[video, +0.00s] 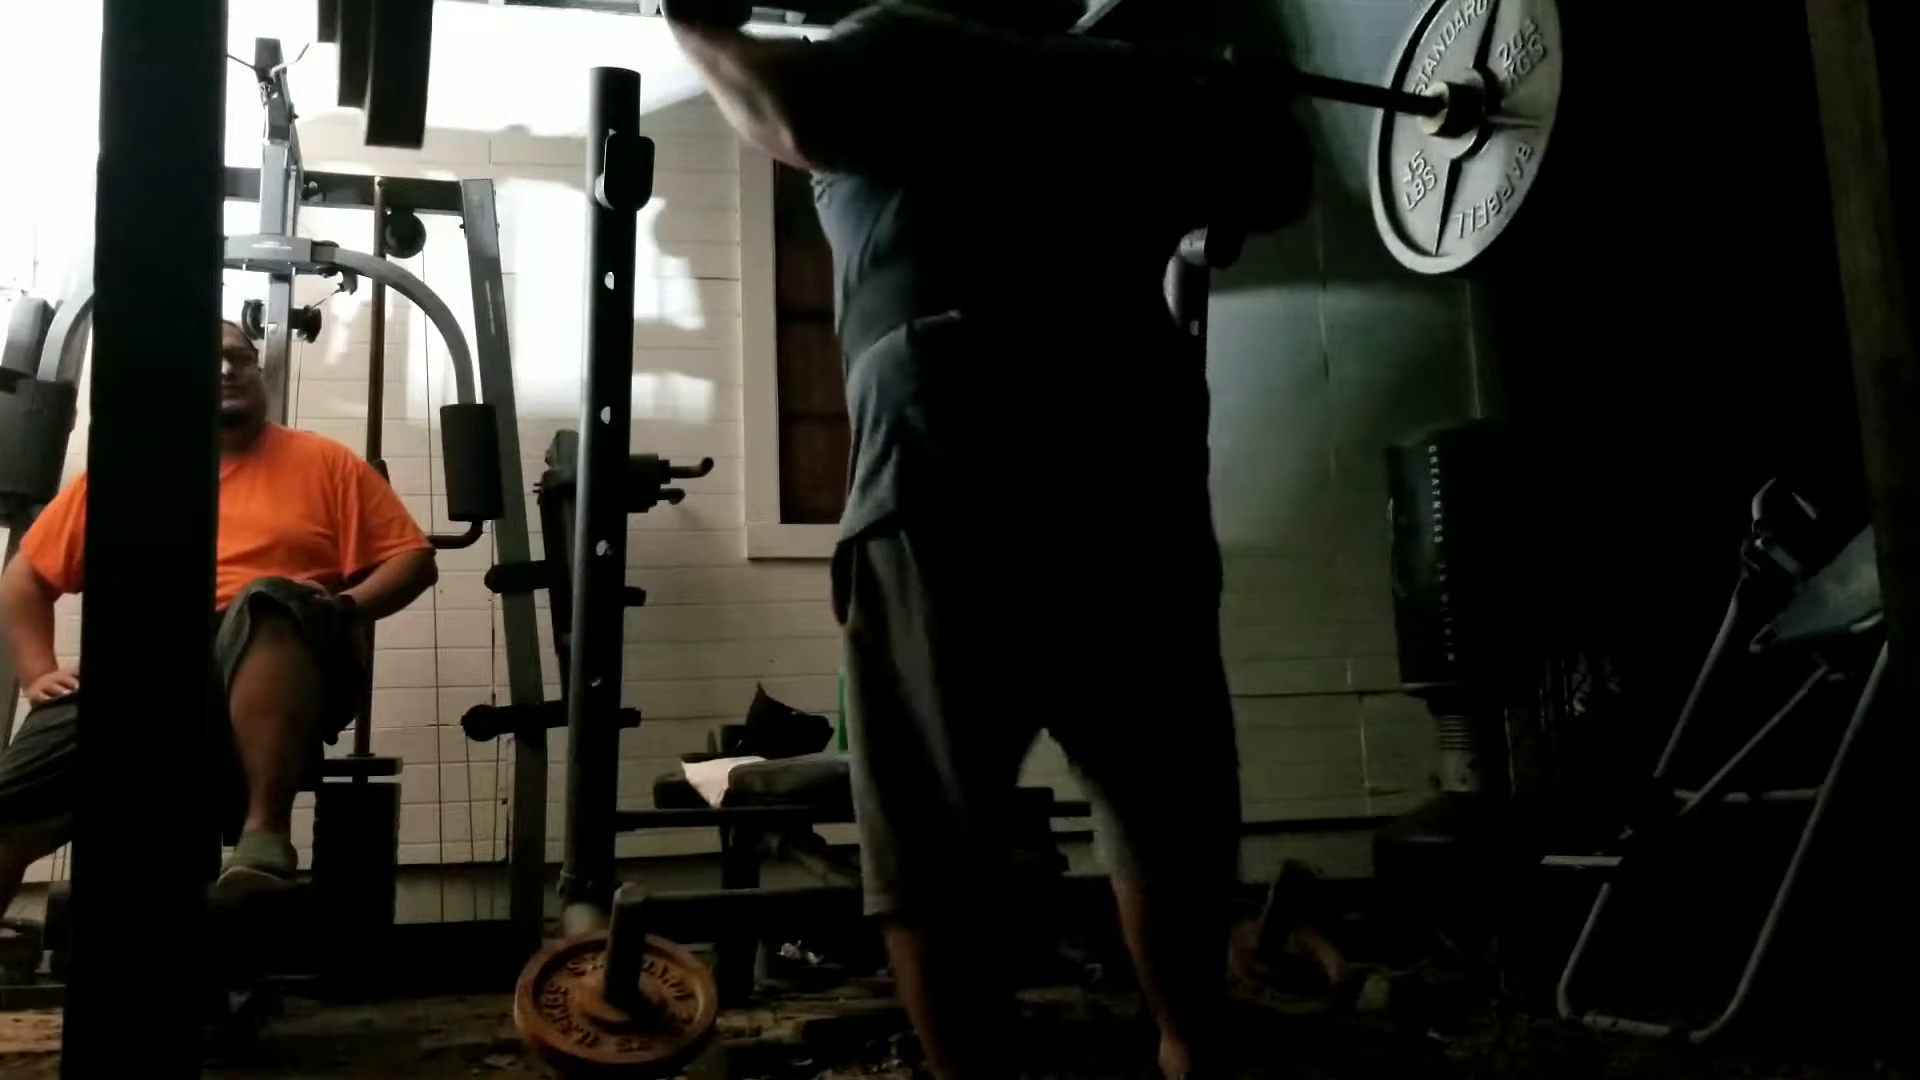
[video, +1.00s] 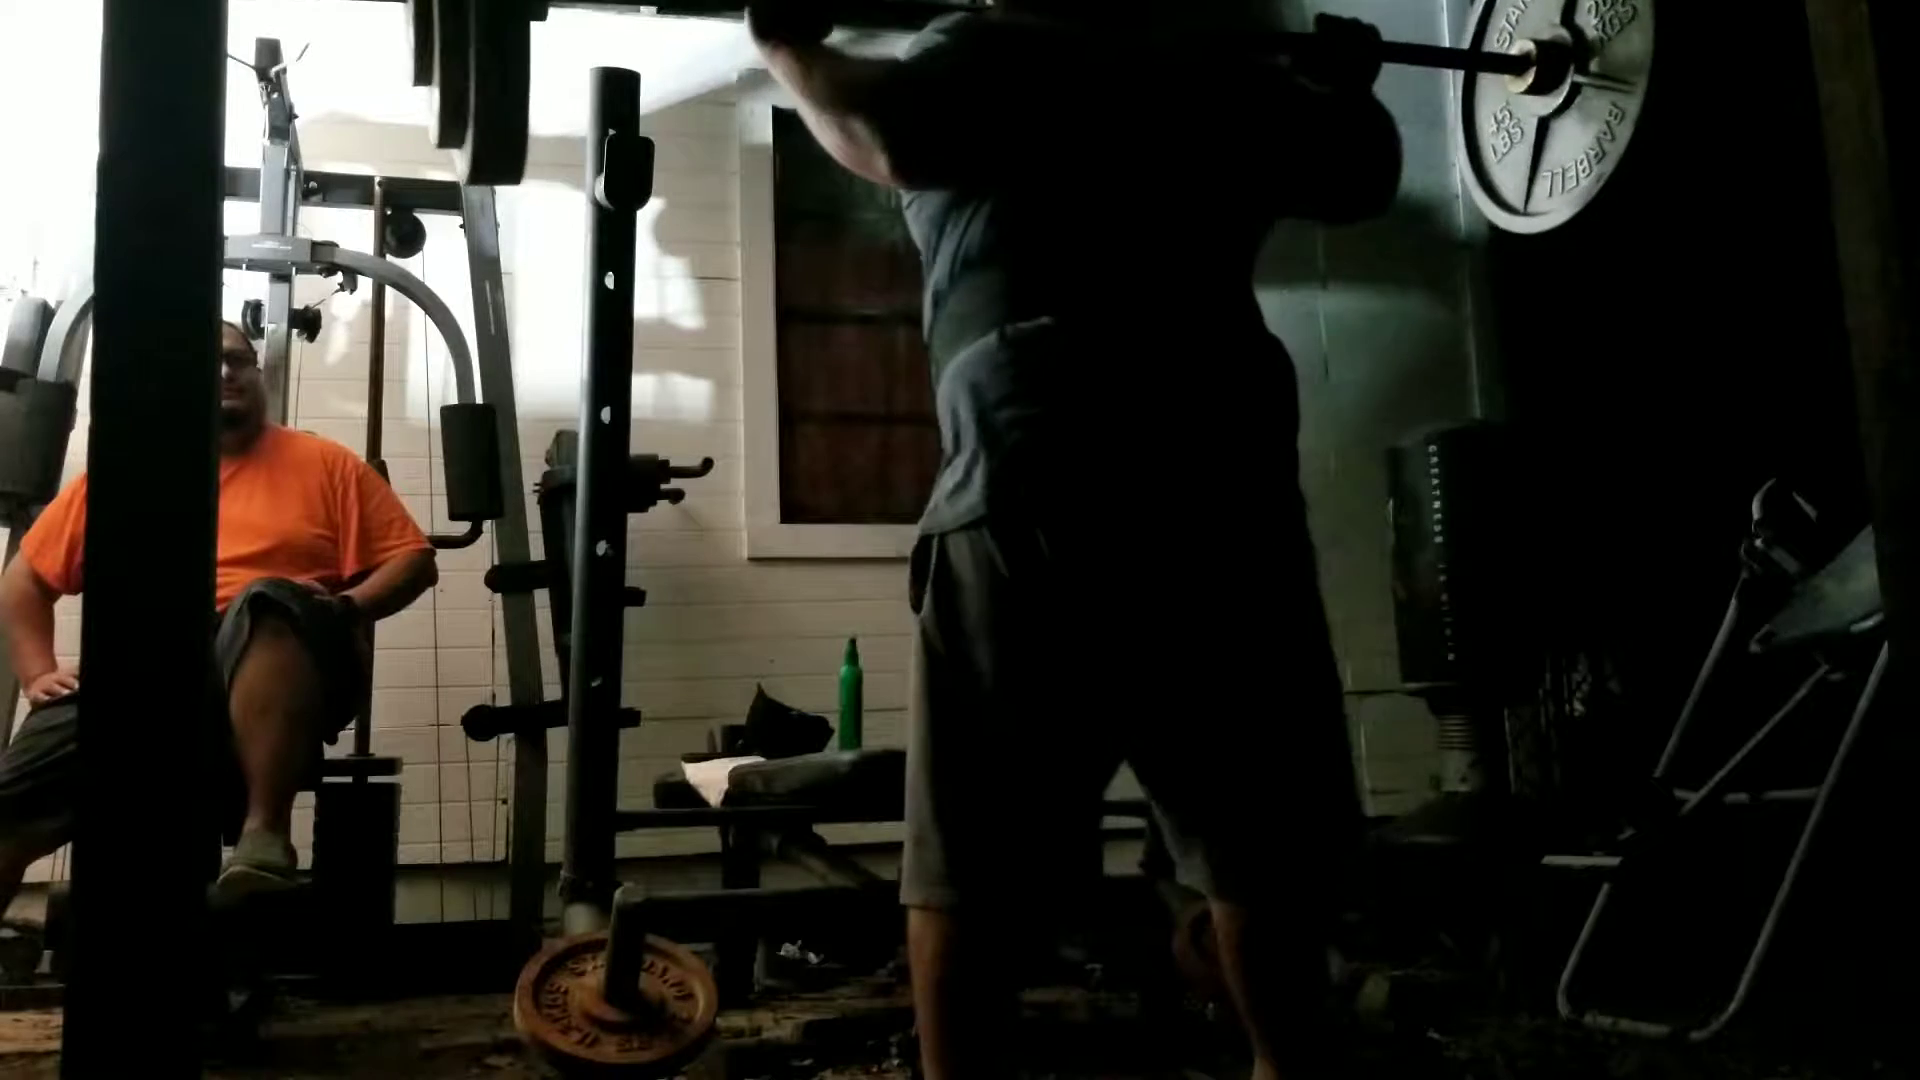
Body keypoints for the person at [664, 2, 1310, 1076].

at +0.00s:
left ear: (910, 2)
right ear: (1057, 2)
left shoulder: (887, 47)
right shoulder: (1128, 82)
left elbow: (797, 128)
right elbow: (1281, 172)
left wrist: (692, 21)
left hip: (943, 482)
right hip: (1136, 474)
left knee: (926, 822)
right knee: (1163, 794)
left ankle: (963, 1065)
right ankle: (1188, 1054)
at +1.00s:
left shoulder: (968, 51)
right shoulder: (1220, 75)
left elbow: (889, 143)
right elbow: (1364, 169)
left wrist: (783, 42)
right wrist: (1342, 78)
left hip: (1024, 486)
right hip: (1226, 483)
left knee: (968, 847)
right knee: (1261, 834)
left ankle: (955, 1063)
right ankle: (1289, 1060)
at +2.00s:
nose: (964, 80)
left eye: (967, 63)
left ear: (970, 76)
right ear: (1093, 71)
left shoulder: (941, 144)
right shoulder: (1195, 156)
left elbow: (848, 236)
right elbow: (1338, 242)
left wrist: (768, 142)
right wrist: (1319, 155)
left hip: (1016, 520)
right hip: (1222, 520)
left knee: (914, 848)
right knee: (1241, 837)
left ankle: (937, 1064)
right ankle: (1281, 1058)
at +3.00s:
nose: (975, 415)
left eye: (978, 404)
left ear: (995, 408)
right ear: (1119, 395)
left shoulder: (963, 473)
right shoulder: (1218, 460)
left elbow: (868, 565)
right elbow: (1375, 559)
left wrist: (777, 475)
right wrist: (1341, 449)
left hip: (1051, 844)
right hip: (1259, 828)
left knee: (835, 831)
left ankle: (906, 1058)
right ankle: (1287, 1054)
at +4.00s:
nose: (940, 26)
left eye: (944, 15)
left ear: (964, 11)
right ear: (1086, 3)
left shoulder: (943, 81)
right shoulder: (1184, 83)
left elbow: (847, 163)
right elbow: (1332, 173)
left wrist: (757, 63)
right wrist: (1304, 81)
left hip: (1015, 470)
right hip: (1205, 467)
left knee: (948, 822)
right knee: (1240, 810)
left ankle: (946, 1061)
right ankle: (1276, 1055)